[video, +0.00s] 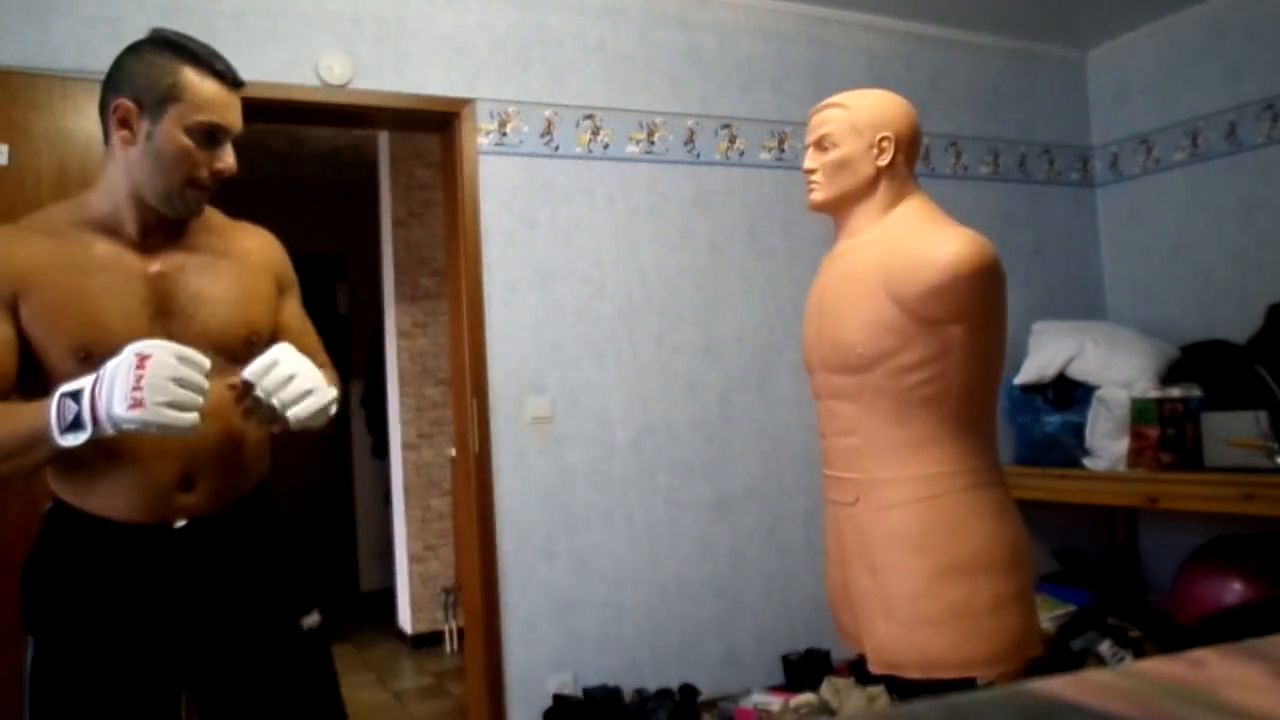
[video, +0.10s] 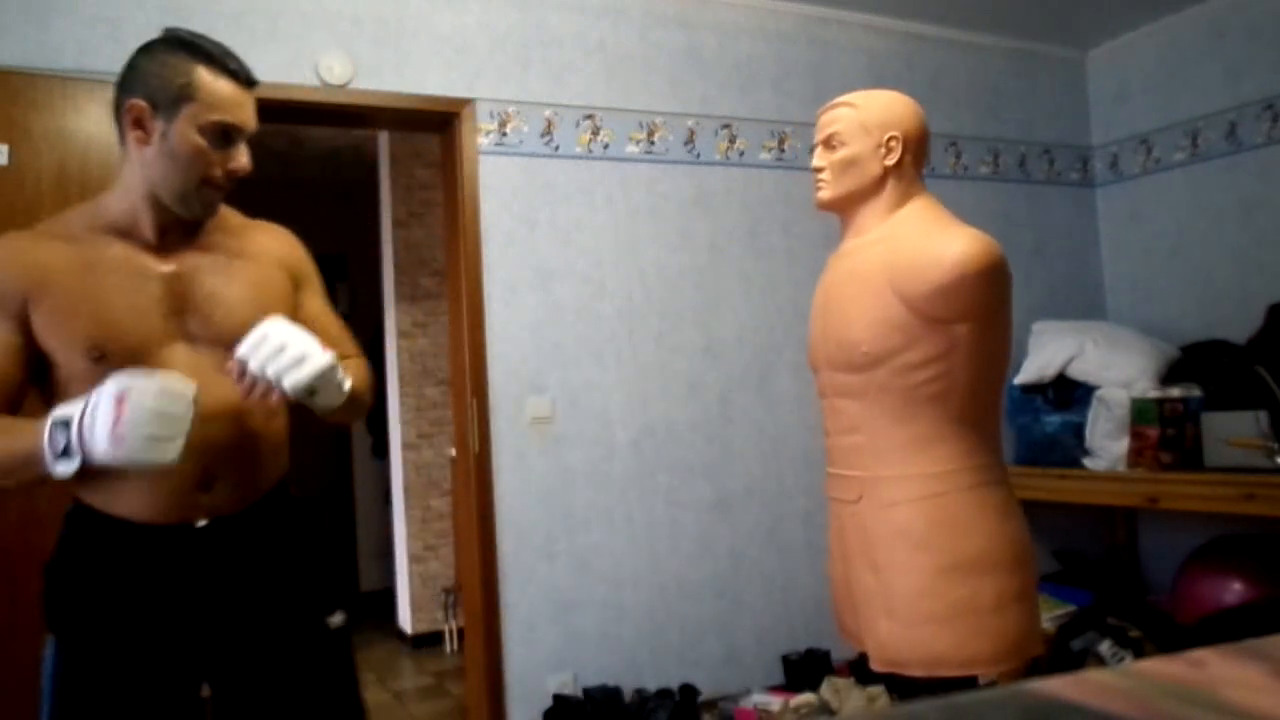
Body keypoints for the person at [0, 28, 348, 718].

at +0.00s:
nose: (227, 165)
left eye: (232, 144)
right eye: (207, 138)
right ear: (125, 125)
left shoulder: (259, 252)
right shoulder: (20, 255)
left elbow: (320, 384)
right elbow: (5, 435)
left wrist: (309, 388)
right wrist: (87, 404)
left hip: (246, 564)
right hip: (94, 574)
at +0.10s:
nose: (242, 164)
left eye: (246, 144)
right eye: (220, 137)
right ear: (139, 125)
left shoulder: (277, 250)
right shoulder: (27, 262)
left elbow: (357, 385)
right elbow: (1, 437)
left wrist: (327, 380)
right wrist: (72, 432)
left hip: (267, 564)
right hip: (115, 573)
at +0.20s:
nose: (268, 162)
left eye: (271, 141)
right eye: (245, 136)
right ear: (165, 126)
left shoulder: (304, 247)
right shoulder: (57, 270)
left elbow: (391, 391)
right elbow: (3, 423)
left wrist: (336, 347)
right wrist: (47, 476)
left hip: (298, 564)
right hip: (149, 575)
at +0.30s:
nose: (290, 159)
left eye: (293, 137)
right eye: (267, 133)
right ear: (187, 123)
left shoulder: (325, 242)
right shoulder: (78, 264)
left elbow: (425, 381)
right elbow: (17, 414)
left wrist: (352, 324)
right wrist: (47, 484)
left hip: (314, 563)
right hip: (168, 570)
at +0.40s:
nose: (298, 158)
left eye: (301, 136)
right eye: (275, 131)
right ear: (195, 118)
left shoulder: (326, 240)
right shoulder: (75, 255)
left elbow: (440, 374)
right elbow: (24, 409)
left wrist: (363, 308)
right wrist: (40, 505)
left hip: (313, 562)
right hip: (163, 570)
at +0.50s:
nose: (309, 168)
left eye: (311, 145)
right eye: (287, 139)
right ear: (205, 124)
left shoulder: (317, 253)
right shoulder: (72, 262)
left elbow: (445, 375)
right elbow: (10, 423)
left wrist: (383, 298)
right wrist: (19, 554)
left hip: (309, 577)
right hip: (157, 588)